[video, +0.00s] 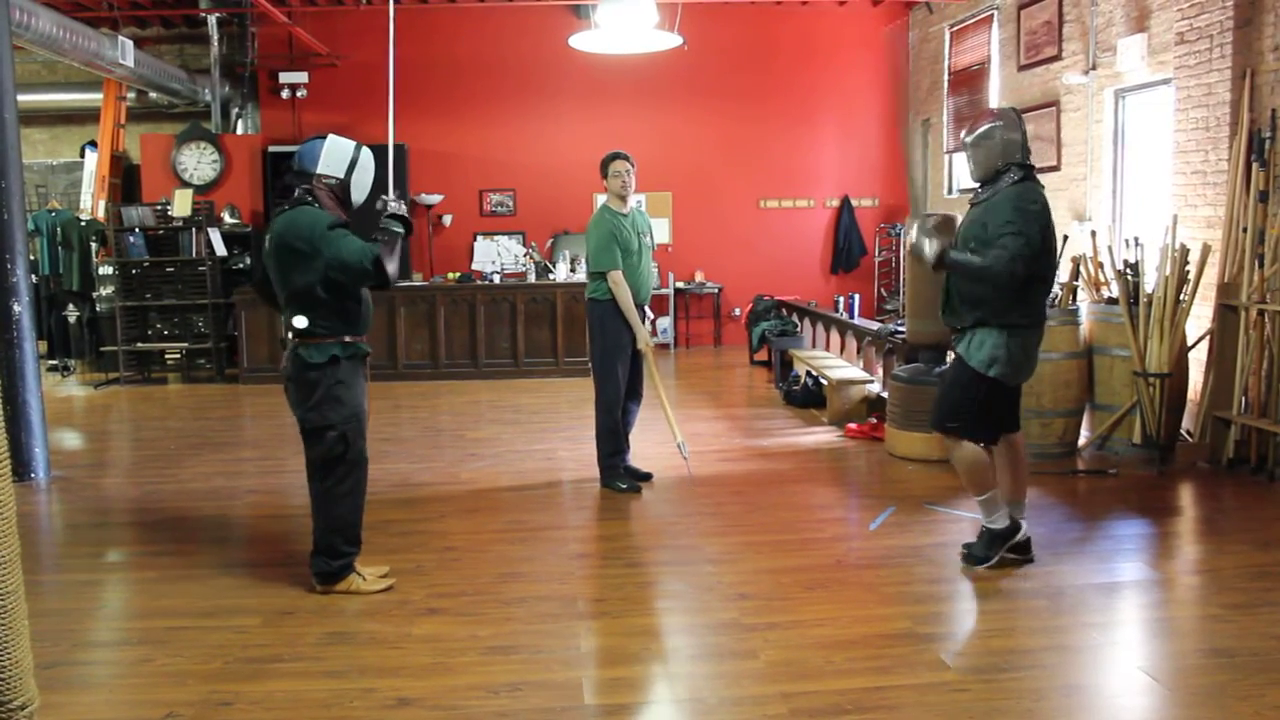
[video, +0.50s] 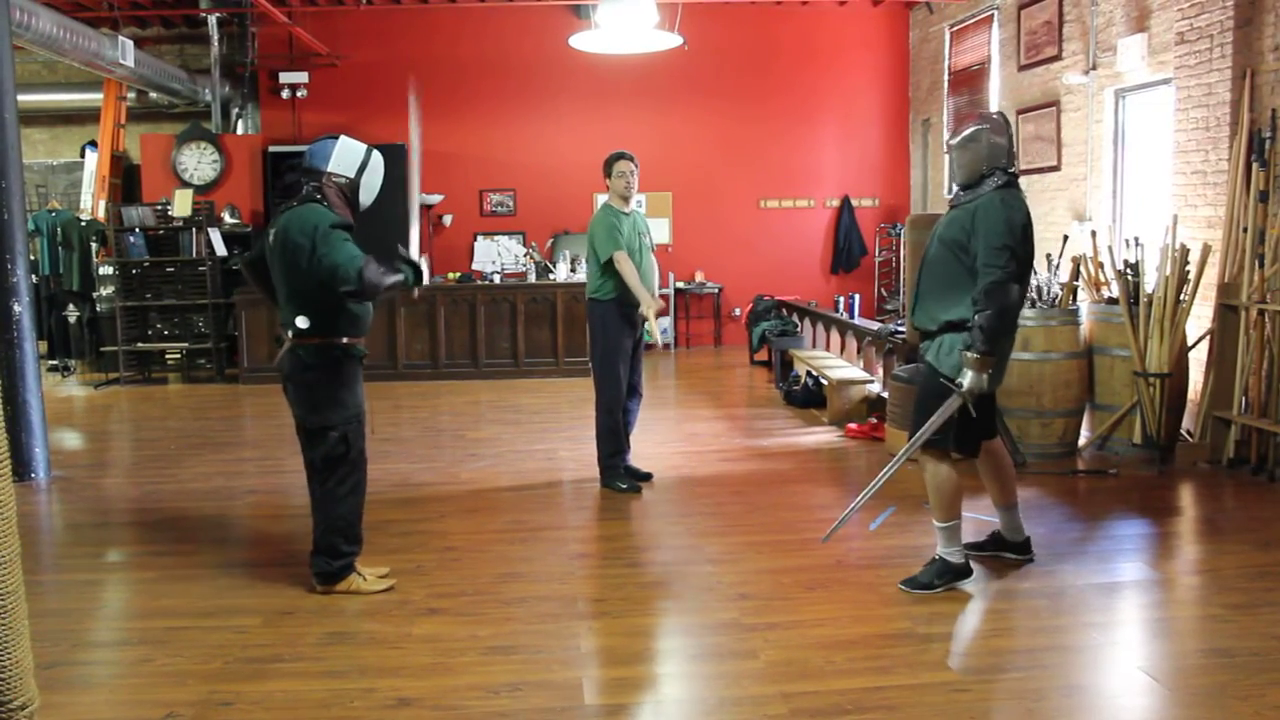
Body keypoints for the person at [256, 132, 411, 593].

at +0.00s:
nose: (354, 199)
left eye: (355, 191)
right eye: (351, 189)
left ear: (314, 182)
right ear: (330, 182)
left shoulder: (286, 225)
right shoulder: (313, 225)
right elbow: (372, 265)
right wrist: (391, 223)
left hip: (315, 360)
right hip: (331, 362)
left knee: (333, 466)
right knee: (342, 465)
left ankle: (335, 563)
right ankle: (335, 570)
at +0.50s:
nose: (357, 199)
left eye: (357, 191)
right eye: (354, 188)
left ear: (316, 181)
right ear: (335, 181)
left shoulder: (287, 224)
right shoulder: (319, 224)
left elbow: (256, 266)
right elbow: (351, 271)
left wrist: (291, 301)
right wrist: (401, 271)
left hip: (306, 359)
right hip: (328, 362)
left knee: (329, 466)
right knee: (342, 466)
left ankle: (334, 562)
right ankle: (335, 571)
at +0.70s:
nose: (356, 201)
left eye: (356, 192)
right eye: (354, 190)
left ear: (314, 180)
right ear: (336, 182)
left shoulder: (279, 224)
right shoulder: (316, 226)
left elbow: (254, 264)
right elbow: (333, 290)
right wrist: (385, 331)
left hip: (295, 358)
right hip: (320, 359)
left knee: (314, 459)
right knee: (340, 462)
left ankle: (288, 553)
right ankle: (334, 570)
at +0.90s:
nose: (347, 201)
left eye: (348, 192)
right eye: (345, 191)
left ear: (306, 183)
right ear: (325, 184)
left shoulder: (274, 226)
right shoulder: (304, 230)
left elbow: (250, 278)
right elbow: (307, 303)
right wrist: (329, 366)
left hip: (288, 359)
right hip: (311, 361)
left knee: (293, 458)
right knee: (339, 463)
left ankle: (253, 551)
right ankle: (337, 568)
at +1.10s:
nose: (333, 208)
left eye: (333, 199)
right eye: (331, 196)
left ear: (293, 187)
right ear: (312, 188)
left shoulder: (262, 229)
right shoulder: (286, 230)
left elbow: (233, 276)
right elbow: (270, 299)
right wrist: (269, 370)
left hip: (287, 363)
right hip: (305, 363)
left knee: (274, 463)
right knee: (335, 464)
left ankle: (248, 559)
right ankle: (337, 569)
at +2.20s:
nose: (349, 205)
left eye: (350, 196)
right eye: (347, 194)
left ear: (310, 186)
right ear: (329, 188)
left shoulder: (276, 227)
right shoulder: (300, 233)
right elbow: (295, 316)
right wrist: (322, 376)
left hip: (288, 361)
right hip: (304, 364)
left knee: (314, 458)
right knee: (338, 462)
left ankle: (264, 542)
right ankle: (333, 570)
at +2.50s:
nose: (345, 205)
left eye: (346, 195)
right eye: (343, 193)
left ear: (312, 185)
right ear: (324, 185)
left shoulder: (305, 226)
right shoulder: (290, 224)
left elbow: (310, 297)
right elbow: (285, 299)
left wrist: (344, 342)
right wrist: (327, 345)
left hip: (321, 359)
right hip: (306, 361)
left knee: (342, 457)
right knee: (336, 462)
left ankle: (323, 546)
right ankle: (332, 571)